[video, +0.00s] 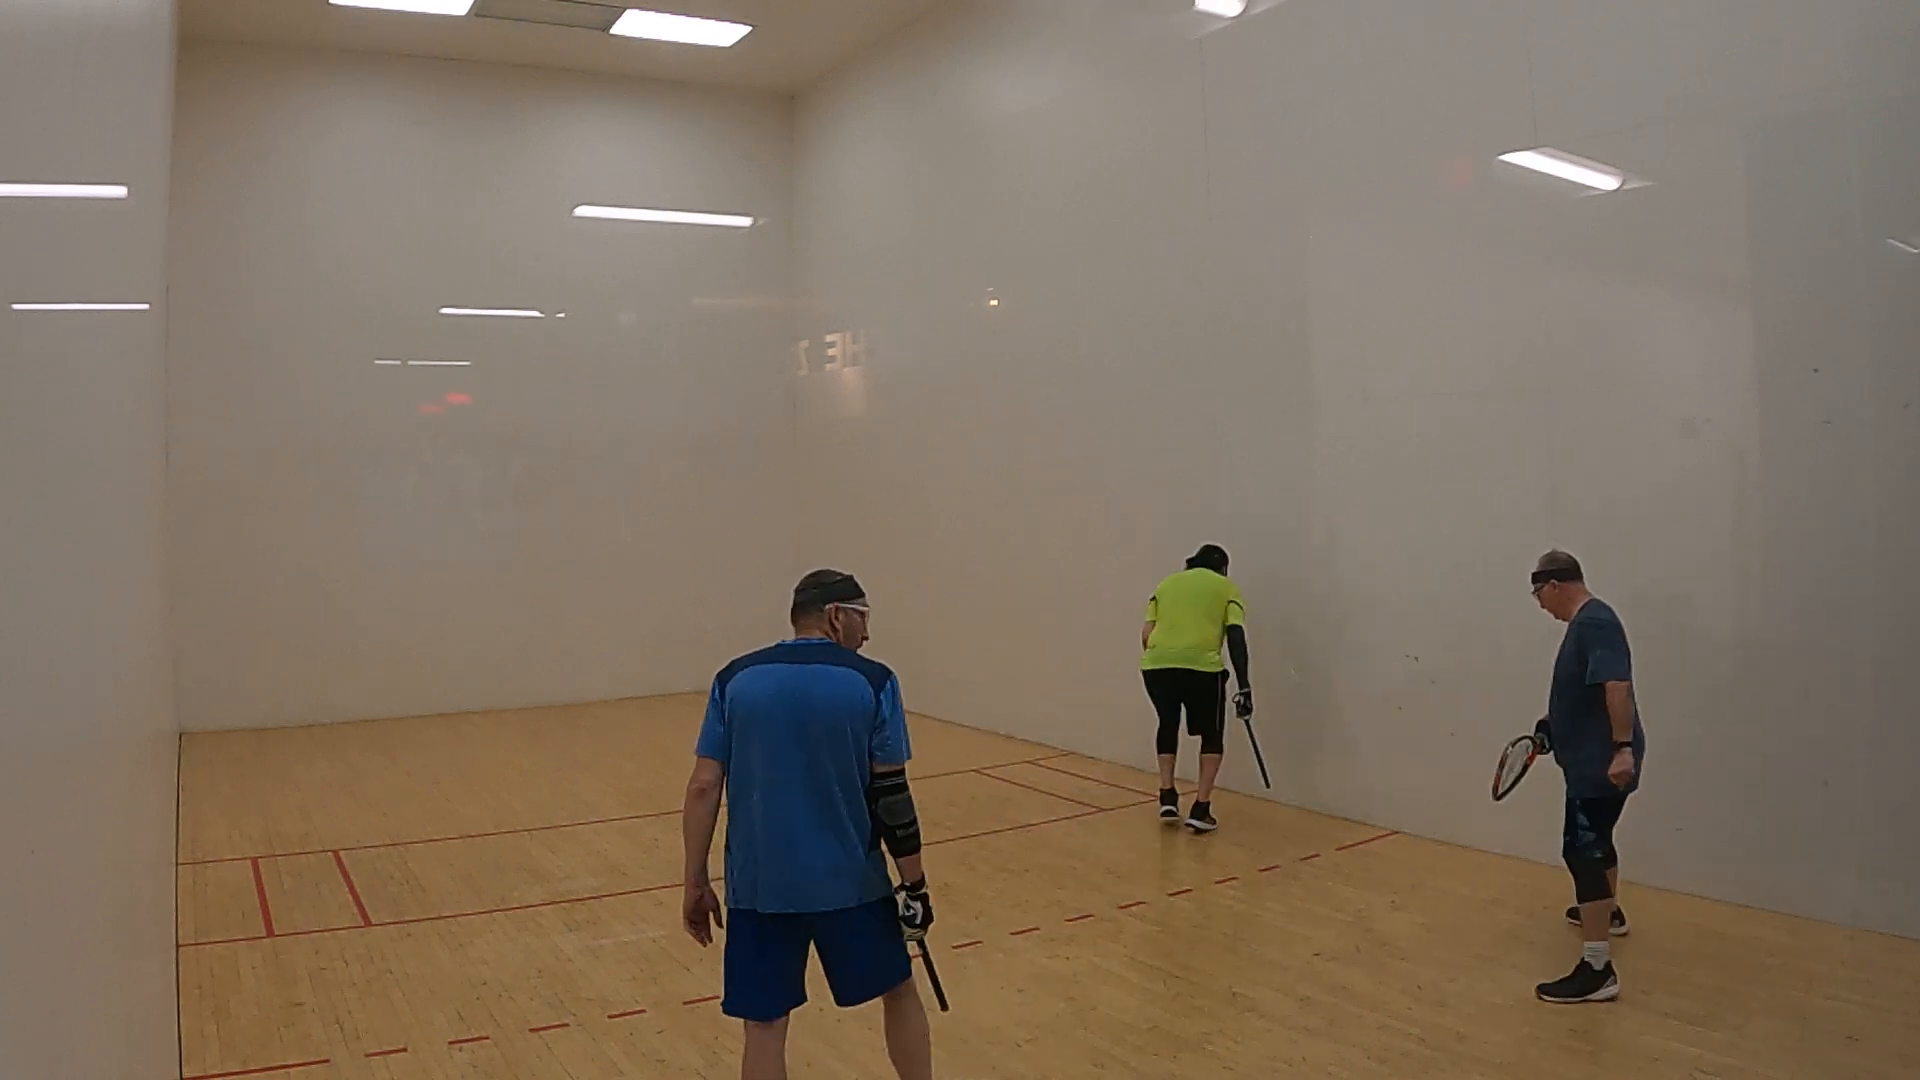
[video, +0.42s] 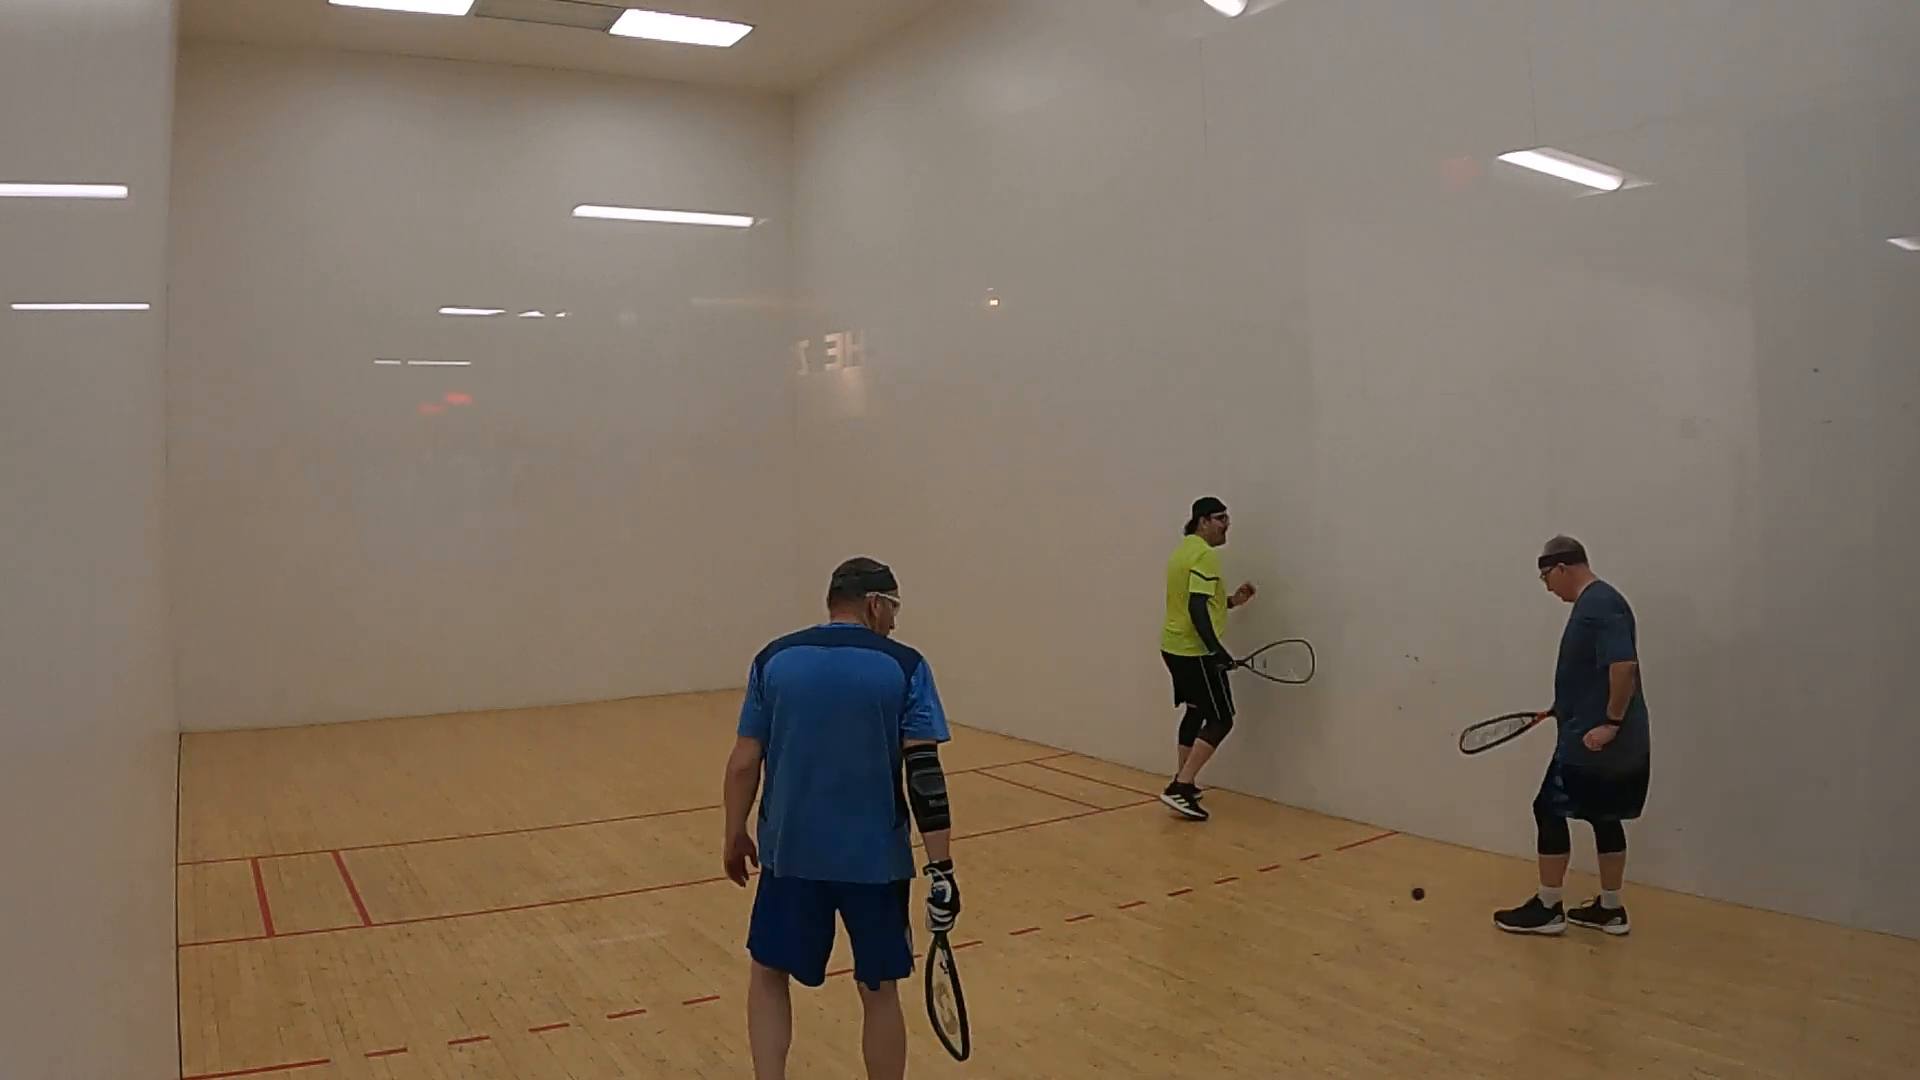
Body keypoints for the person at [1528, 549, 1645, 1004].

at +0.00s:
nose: (1539, 604)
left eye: (1539, 594)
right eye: (1537, 595)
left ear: (1553, 587)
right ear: (1568, 583)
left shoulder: (1597, 622)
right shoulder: (1586, 623)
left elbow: (1617, 685)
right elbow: (1585, 692)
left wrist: (1623, 746)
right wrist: (1554, 728)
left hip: (1598, 765)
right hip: (1594, 760)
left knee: (1580, 852)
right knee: (1594, 837)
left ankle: (1596, 967)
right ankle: (1607, 908)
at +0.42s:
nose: (1549, 588)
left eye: (1547, 579)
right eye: (1546, 581)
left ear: (1563, 569)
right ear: (1569, 568)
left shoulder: (1601, 603)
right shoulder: (1593, 604)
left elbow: (1623, 667)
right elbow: (1594, 673)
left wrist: (1611, 723)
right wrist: (1556, 709)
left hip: (1588, 738)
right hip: (1607, 738)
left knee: (1548, 808)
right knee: (1604, 814)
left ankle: (1547, 905)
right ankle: (1610, 906)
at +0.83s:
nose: (1539, 570)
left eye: (1539, 563)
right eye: (1539, 563)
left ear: (1548, 564)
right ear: (1576, 561)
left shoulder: (1551, 608)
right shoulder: (1609, 604)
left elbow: (1547, 677)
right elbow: (1626, 659)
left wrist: (1535, 730)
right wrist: (1596, 695)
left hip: (1562, 737)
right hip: (1607, 736)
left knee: (1530, 797)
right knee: (1598, 812)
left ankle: (1523, 881)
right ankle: (1608, 903)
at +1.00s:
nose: (1525, 561)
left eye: (1526, 556)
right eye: (1526, 555)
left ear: (1536, 559)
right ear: (1564, 558)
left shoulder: (1533, 604)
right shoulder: (1594, 602)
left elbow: (1516, 670)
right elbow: (1614, 661)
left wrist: (1495, 719)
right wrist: (1614, 709)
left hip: (1536, 732)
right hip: (1585, 732)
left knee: (1520, 799)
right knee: (1584, 805)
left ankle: (1521, 882)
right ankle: (1603, 883)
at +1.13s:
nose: (1519, 561)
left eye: (1520, 554)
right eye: (1520, 554)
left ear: (1530, 556)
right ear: (1558, 556)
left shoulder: (1525, 601)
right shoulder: (1587, 600)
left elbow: (1503, 666)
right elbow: (1607, 658)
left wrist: (1475, 708)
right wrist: (1615, 707)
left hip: (1526, 728)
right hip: (1571, 728)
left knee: (1517, 798)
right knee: (1566, 790)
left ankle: (1521, 880)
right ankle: (1593, 858)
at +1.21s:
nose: (1517, 559)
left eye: (1518, 552)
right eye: (1517, 552)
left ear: (1529, 555)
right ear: (1555, 554)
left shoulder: (1524, 599)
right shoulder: (1584, 598)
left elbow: (1499, 663)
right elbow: (1604, 656)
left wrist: (1470, 702)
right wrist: (1610, 705)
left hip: (1526, 726)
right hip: (1570, 724)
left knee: (1517, 796)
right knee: (1557, 786)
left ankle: (1522, 882)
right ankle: (1586, 857)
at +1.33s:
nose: (1516, 556)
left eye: (1518, 550)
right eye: (1517, 549)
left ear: (1529, 554)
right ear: (1553, 553)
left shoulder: (1526, 598)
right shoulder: (1582, 595)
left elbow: (1501, 662)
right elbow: (1599, 656)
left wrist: (1474, 696)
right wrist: (1596, 705)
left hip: (1528, 723)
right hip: (1570, 720)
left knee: (1518, 795)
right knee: (1553, 787)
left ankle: (1521, 881)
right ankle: (1574, 868)